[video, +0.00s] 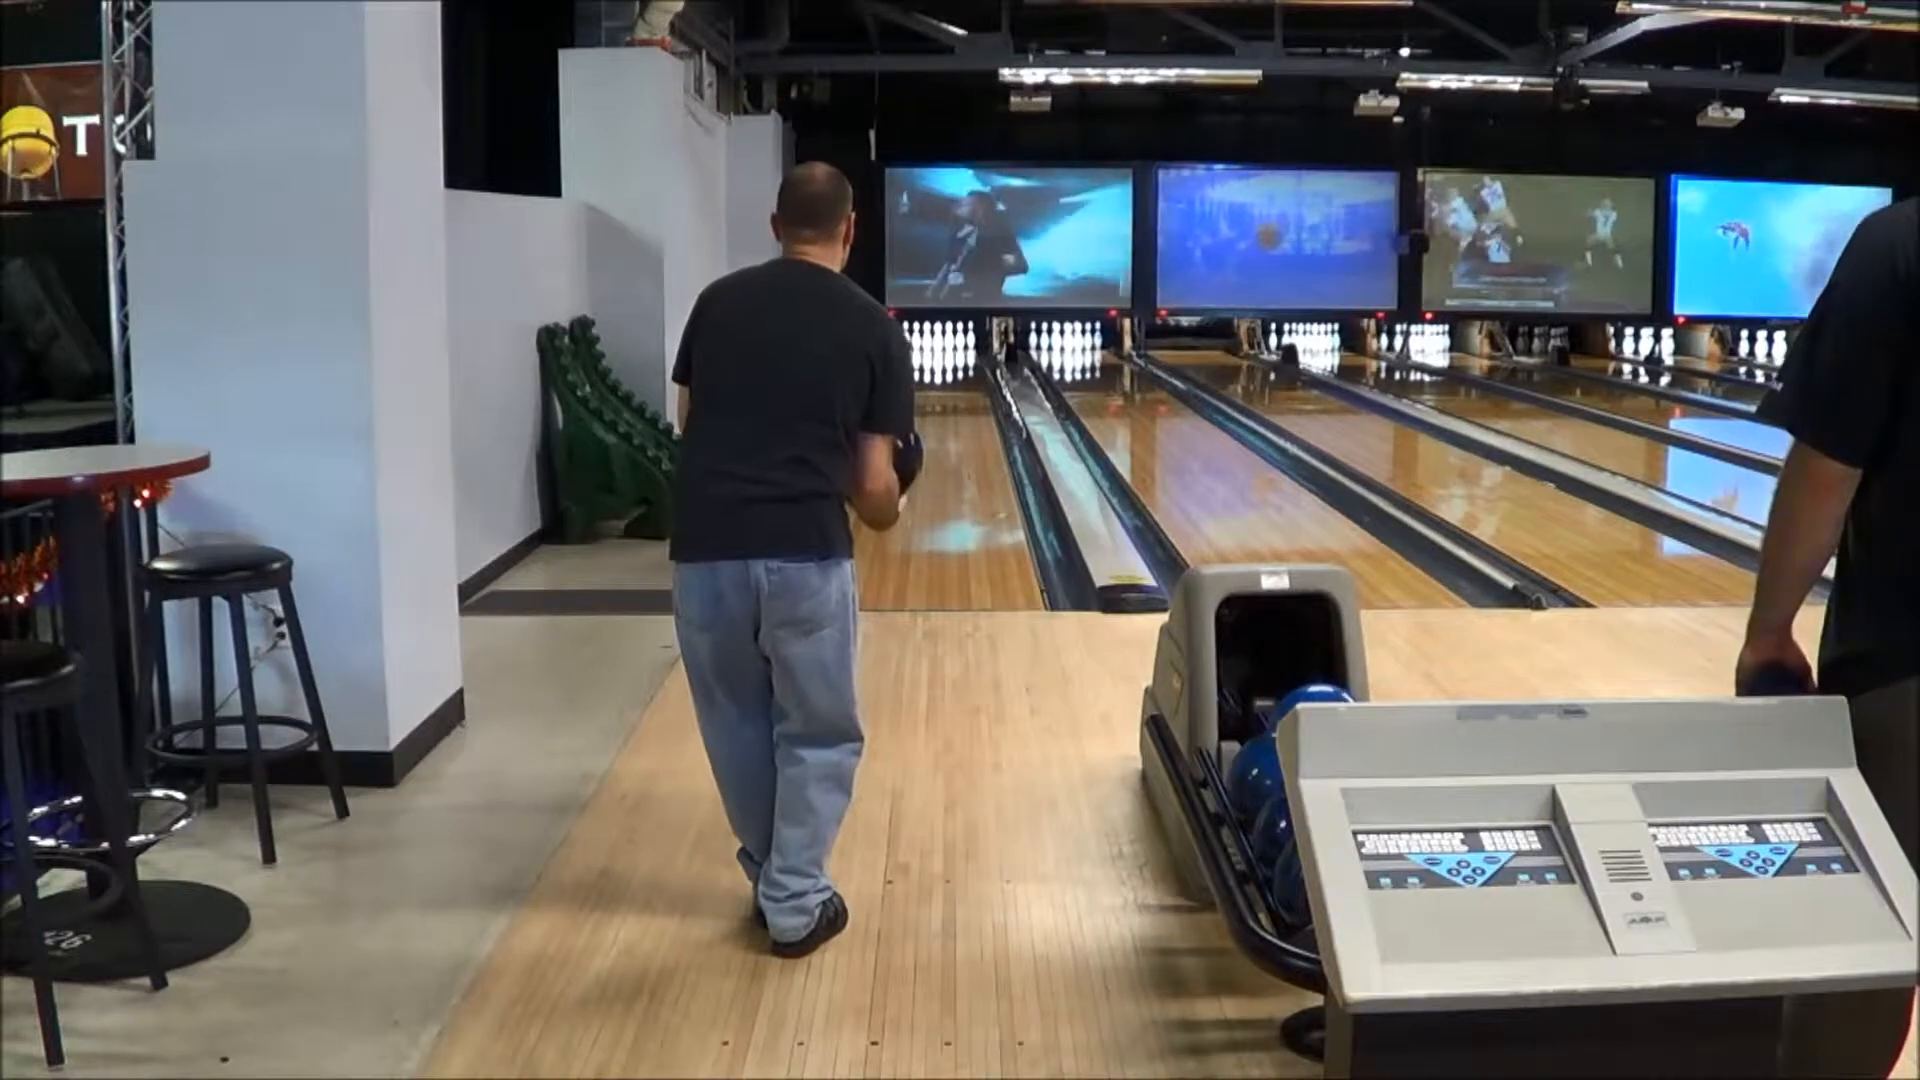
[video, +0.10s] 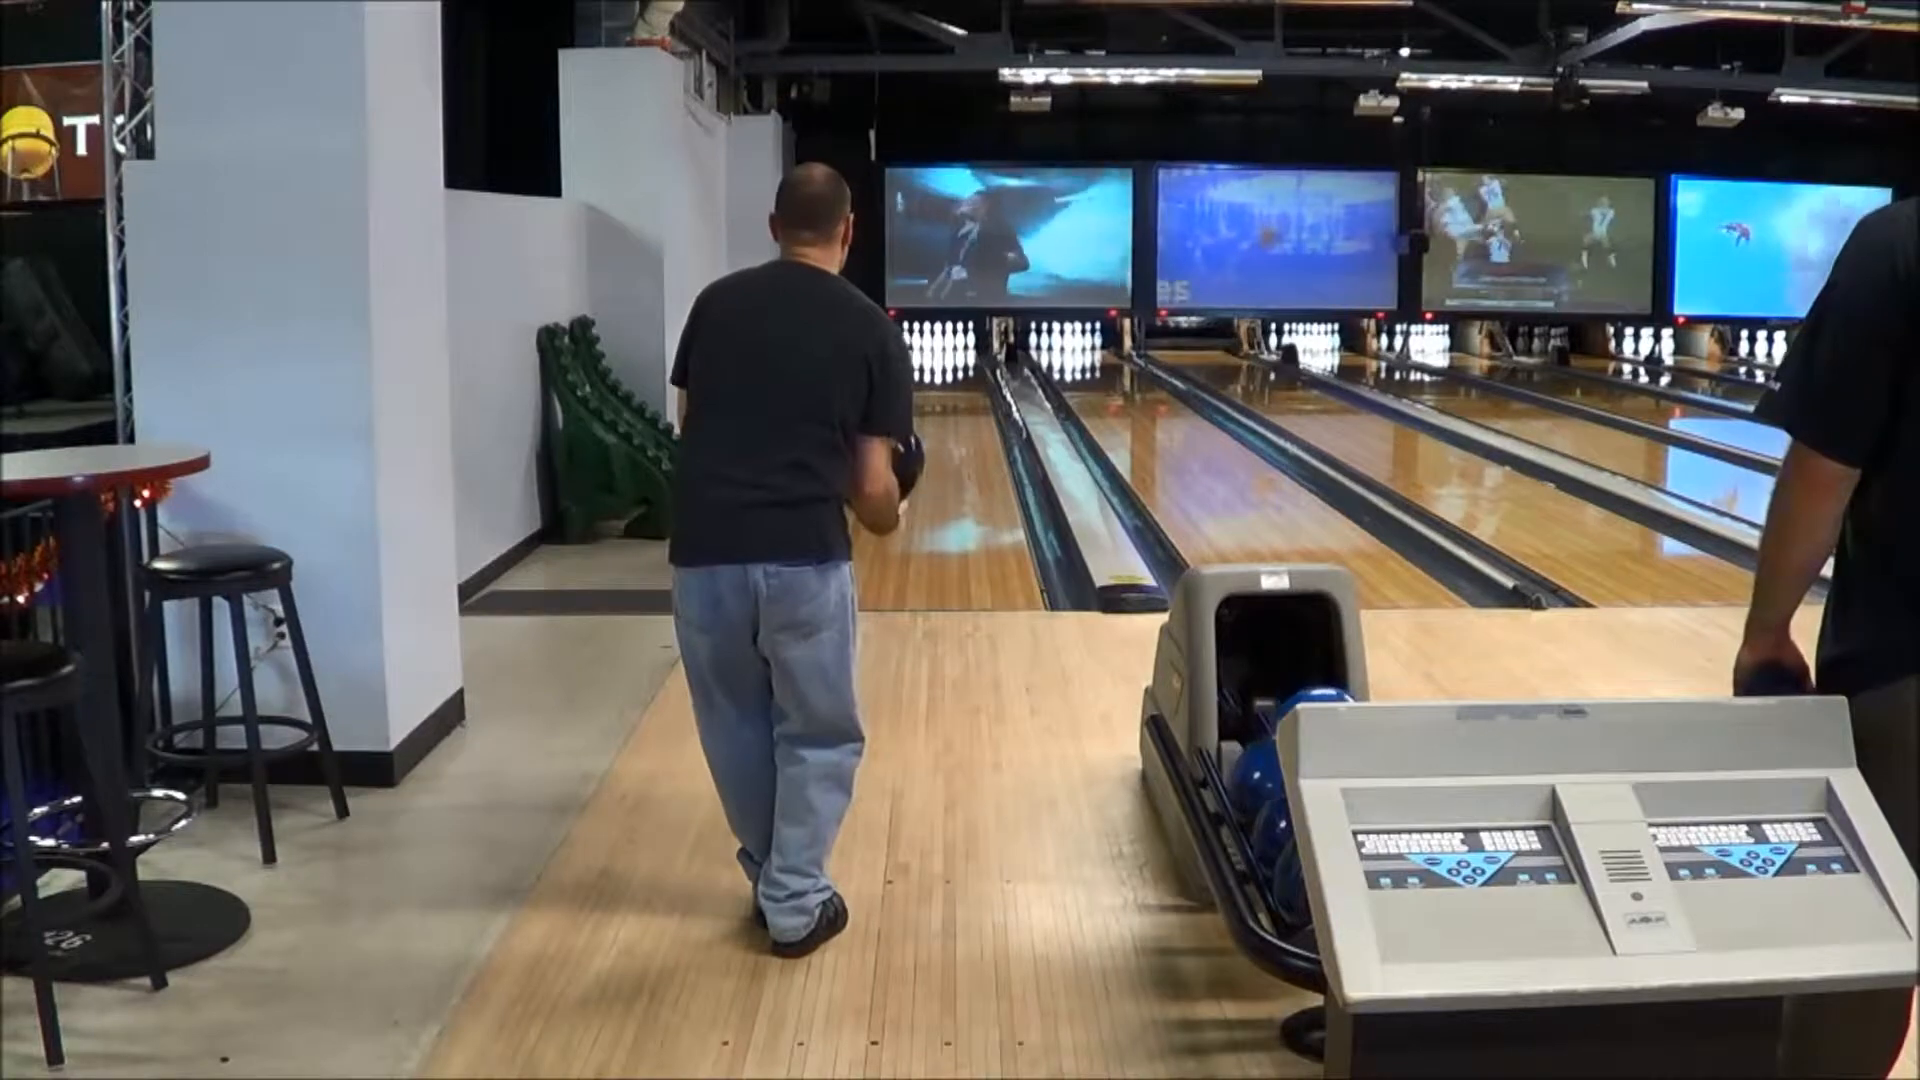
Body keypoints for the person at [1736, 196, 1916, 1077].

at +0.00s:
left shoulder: (1898, 244)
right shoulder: (1893, 244)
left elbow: (1826, 462)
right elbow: (1827, 462)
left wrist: (1769, 630)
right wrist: (1775, 631)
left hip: (1897, 670)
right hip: (1887, 663)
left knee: (1872, 935)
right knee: (1868, 932)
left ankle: (1843, 1059)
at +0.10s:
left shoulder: (1897, 244)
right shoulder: (1891, 244)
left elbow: (1824, 463)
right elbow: (1825, 463)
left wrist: (1768, 628)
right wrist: (1773, 628)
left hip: (1896, 671)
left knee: (1871, 934)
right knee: (1867, 930)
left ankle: (1842, 1061)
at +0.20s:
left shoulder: (1896, 242)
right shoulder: (1891, 243)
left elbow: (1821, 463)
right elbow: (1823, 463)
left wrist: (1766, 627)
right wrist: (1770, 627)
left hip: (1895, 671)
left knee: (1869, 935)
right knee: (1865, 931)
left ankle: (1839, 1061)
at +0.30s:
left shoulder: (1893, 243)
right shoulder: (1888, 243)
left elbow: (1819, 458)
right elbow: (1821, 458)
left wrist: (1764, 626)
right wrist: (1768, 626)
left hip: (1893, 670)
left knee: (1872, 930)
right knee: (1868, 927)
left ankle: (1843, 1058)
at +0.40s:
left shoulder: (1893, 242)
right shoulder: (1888, 242)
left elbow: (1819, 458)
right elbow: (1820, 458)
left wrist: (1762, 623)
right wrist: (1766, 623)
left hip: (1893, 669)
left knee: (1866, 935)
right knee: (1862, 933)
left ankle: (1836, 1062)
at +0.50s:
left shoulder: (1893, 240)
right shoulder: (1888, 241)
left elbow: (1815, 460)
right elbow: (1816, 460)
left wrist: (1760, 621)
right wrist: (1765, 620)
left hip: (1892, 665)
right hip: (1883, 660)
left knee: (1867, 930)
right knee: (1863, 927)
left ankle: (1837, 1062)